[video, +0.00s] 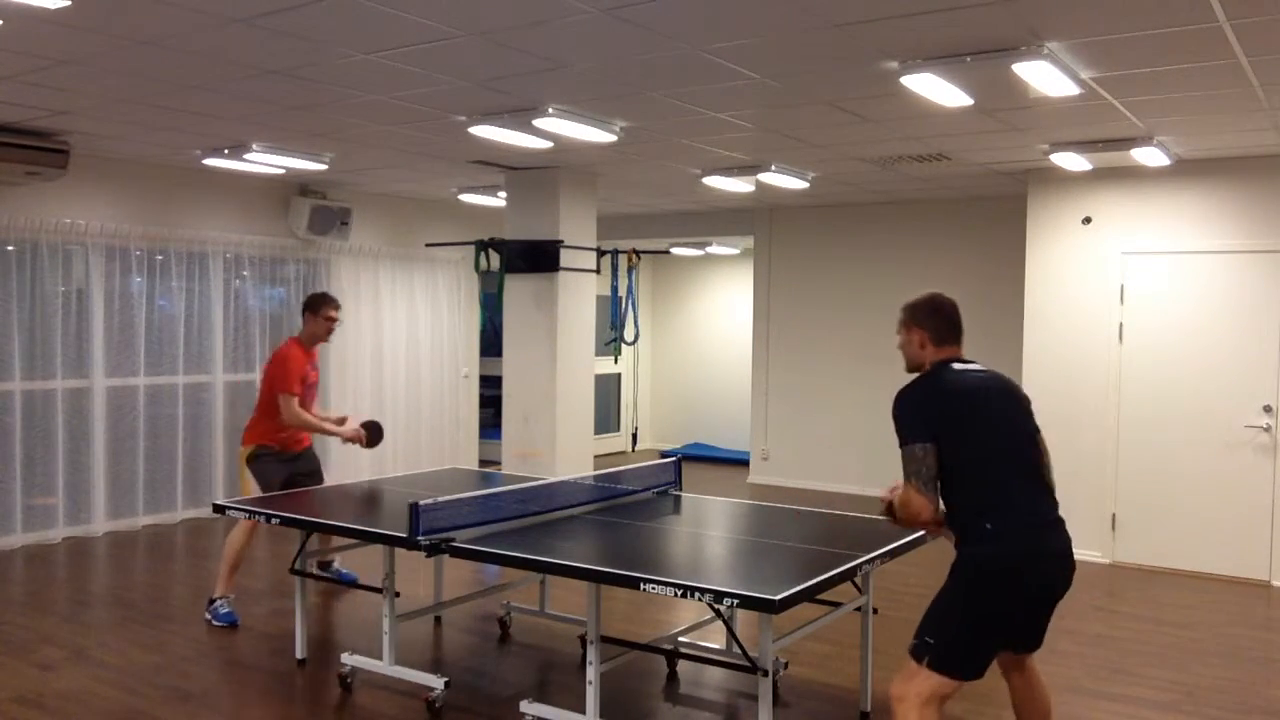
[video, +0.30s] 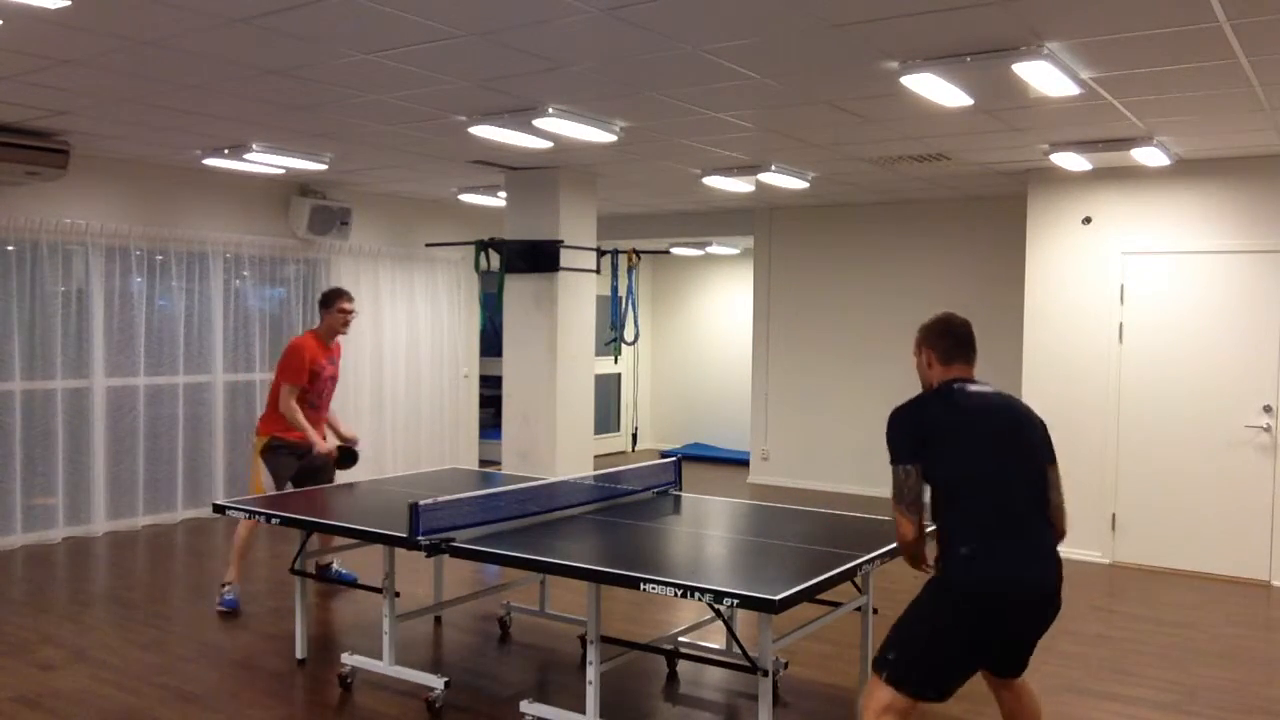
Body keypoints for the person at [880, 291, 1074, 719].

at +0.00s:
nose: (900, 348)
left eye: (902, 339)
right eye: (900, 339)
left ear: (921, 339)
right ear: (957, 338)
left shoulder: (917, 397)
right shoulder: (1005, 386)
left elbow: (920, 511)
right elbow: (1040, 481)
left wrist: (897, 502)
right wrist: (952, 516)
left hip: (993, 561)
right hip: (1053, 554)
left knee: (913, 694)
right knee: (1017, 660)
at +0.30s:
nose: (917, 368)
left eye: (916, 358)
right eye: (918, 358)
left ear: (926, 357)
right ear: (973, 358)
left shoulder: (912, 416)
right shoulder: (1023, 414)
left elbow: (909, 533)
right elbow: (1056, 524)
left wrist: (917, 560)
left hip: (967, 582)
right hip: (1040, 579)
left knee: (883, 705)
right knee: (1005, 674)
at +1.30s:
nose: (1004, 312)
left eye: (1007, 302)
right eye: (1006, 301)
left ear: (1022, 306)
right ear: (1065, 309)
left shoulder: (1019, 379)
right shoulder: (1103, 372)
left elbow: (1016, 492)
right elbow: (1119, 473)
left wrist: (975, 579)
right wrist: (1048, 529)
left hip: (1077, 556)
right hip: (1132, 551)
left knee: (1029, 687)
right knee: (1080, 667)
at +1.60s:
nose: (1013, 339)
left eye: (1015, 329)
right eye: (1014, 330)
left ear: (1026, 329)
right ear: (1068, 333)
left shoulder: (1017, 389)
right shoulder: (1100, 388)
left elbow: (1005, 498)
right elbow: (1093, 487)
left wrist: (977, 553)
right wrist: (1022, 523)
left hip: (1077, 556)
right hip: (1130, 552)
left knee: (1028, 694)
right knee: (1065, 660)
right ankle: (1066, 716)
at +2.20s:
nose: (995, 358)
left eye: (996, 351)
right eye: (997, 352)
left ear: (1002, 348)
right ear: (1044, 355)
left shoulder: (986, 392)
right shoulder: (1075, 403)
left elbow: (951, 487)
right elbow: (1124, 494)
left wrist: (928, 482)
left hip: (1036, 549)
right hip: (1092, 551)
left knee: (985, 683)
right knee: (1037, 637)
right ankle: (1056, 715)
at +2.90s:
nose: (887, 357)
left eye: (887, 347)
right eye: (887, 348)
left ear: (901, 348)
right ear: (943, 345)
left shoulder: (894, 417)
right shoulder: (1005, 393)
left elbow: (902, 531)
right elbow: (1063, 482)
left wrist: (934, 502)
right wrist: (1008, 505)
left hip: (976, 576)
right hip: (1048, 567)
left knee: (905, 701)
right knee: (1027, 666)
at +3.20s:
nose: (907, 359)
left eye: (908, 348)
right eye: (907, 349)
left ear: (925, 348)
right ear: (964, 346)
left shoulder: (919, 406)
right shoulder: (1013, 392)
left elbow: (924, 519)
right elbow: (1012, 485)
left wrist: (899, 501)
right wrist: (935, 504)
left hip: (1004, 566)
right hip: (1068, 556)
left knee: (924, 699)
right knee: (1030, 664)